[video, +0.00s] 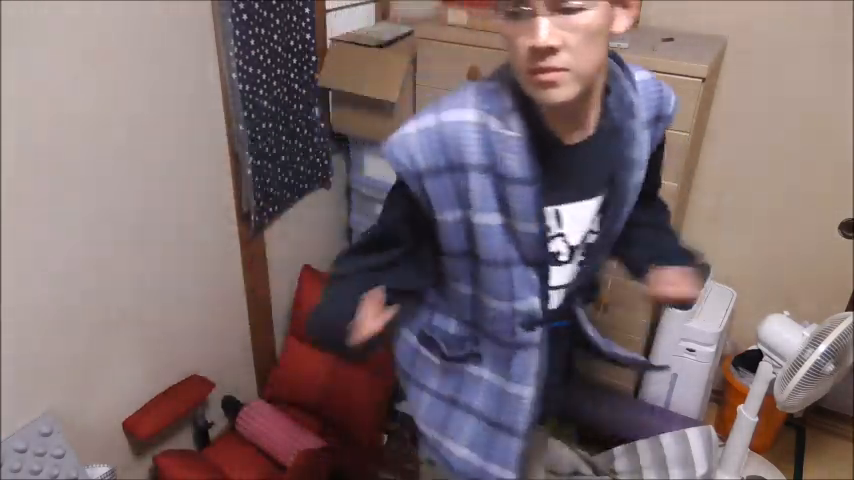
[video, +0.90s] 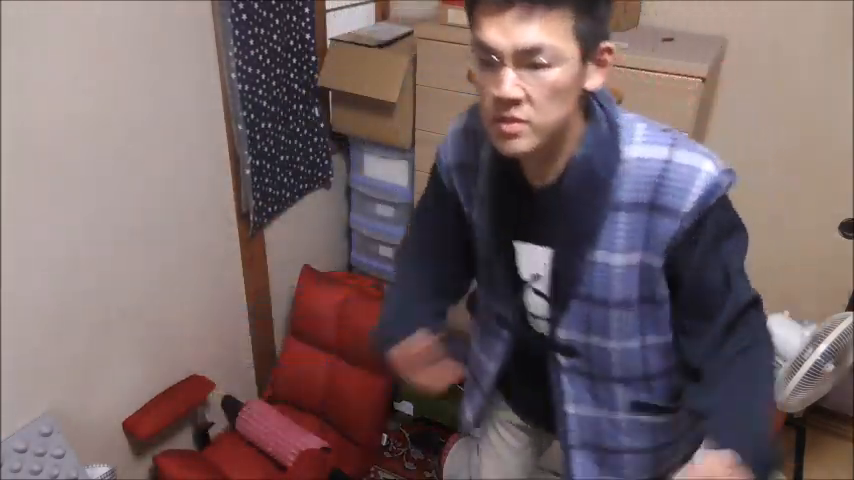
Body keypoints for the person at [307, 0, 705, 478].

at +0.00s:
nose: (542, 39)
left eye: (569, 10)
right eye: (520, 14)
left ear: (621, 15)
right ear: (500, 24)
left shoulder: (643, 106)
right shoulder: (448, 145)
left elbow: (639, 205)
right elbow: (387, 254)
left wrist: (665, 260)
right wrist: (339, 323)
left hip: (556, 340)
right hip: (467, 361)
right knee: (469, 469)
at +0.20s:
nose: (610, 36)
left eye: (635, 5)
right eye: (580, 11)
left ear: (680, 12)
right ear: (553, 25)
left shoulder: (666, 105)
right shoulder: (488, 167)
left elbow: (637, 199)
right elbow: (396, 293)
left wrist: (685, 255)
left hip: (590, 405)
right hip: (504, 434)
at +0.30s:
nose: (632, 47)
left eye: (656, 13)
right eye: (600, 23)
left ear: (698, 15)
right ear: (570, 39)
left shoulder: (674, 113)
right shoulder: (524, 170)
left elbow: (649, 187)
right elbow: (416, 281)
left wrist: (711, 190)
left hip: (596, 406)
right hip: (517, 440)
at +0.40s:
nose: (648, 62)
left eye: (673, 26)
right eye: (615, 36)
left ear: (718, 27)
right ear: (586, 50)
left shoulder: (697, 116)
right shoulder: (535, 185)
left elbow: (696, 196)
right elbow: (425, 278)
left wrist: (810, 193)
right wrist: (437, 319)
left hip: (614, 413)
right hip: (529, 450)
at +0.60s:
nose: (638, 121)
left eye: (663, 86)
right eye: (609, 96)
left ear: (717, 80)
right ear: (586, 101)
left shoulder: (740, 152)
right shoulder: (531, 227)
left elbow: (741, 302)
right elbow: (413, 324)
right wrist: (286, 378)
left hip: (672, 422)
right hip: (554, 443)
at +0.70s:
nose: (590, 131)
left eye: (620, 101)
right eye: (566, 104)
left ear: (679, 101)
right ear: (545, 109)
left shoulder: (738, 176)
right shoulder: (498, 225)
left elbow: (708, 337)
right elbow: (405, 338)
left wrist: (618, 431)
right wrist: (285, 396)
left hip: (671, 439)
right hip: (531, 444)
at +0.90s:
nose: (505, 90)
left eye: (534, 63)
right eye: (489, 62)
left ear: (596, 68)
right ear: (473, 64)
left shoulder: (680, 189)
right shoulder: (470, 152)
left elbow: (734, 339)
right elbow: (427, 255)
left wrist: (728, 451)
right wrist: (406, 332)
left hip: (628, 444)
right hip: (515, 409)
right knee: (468, 470)